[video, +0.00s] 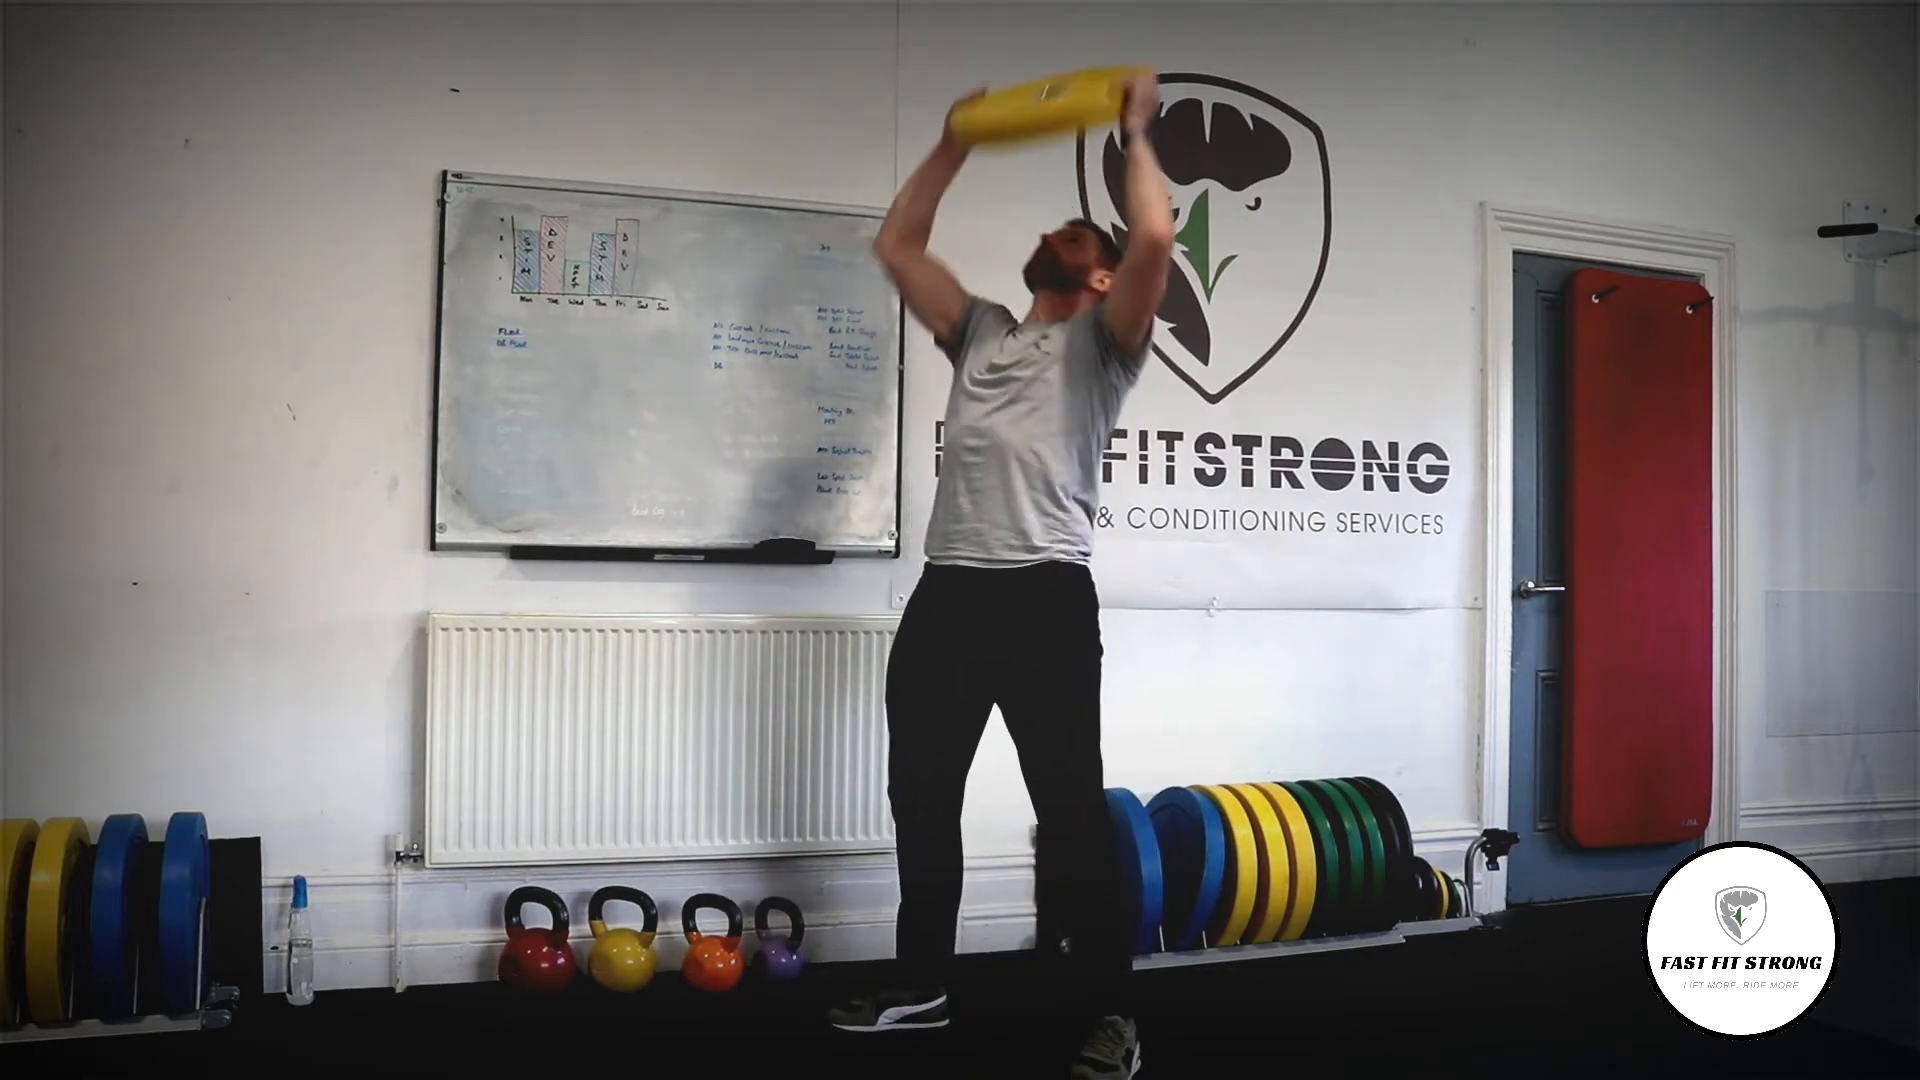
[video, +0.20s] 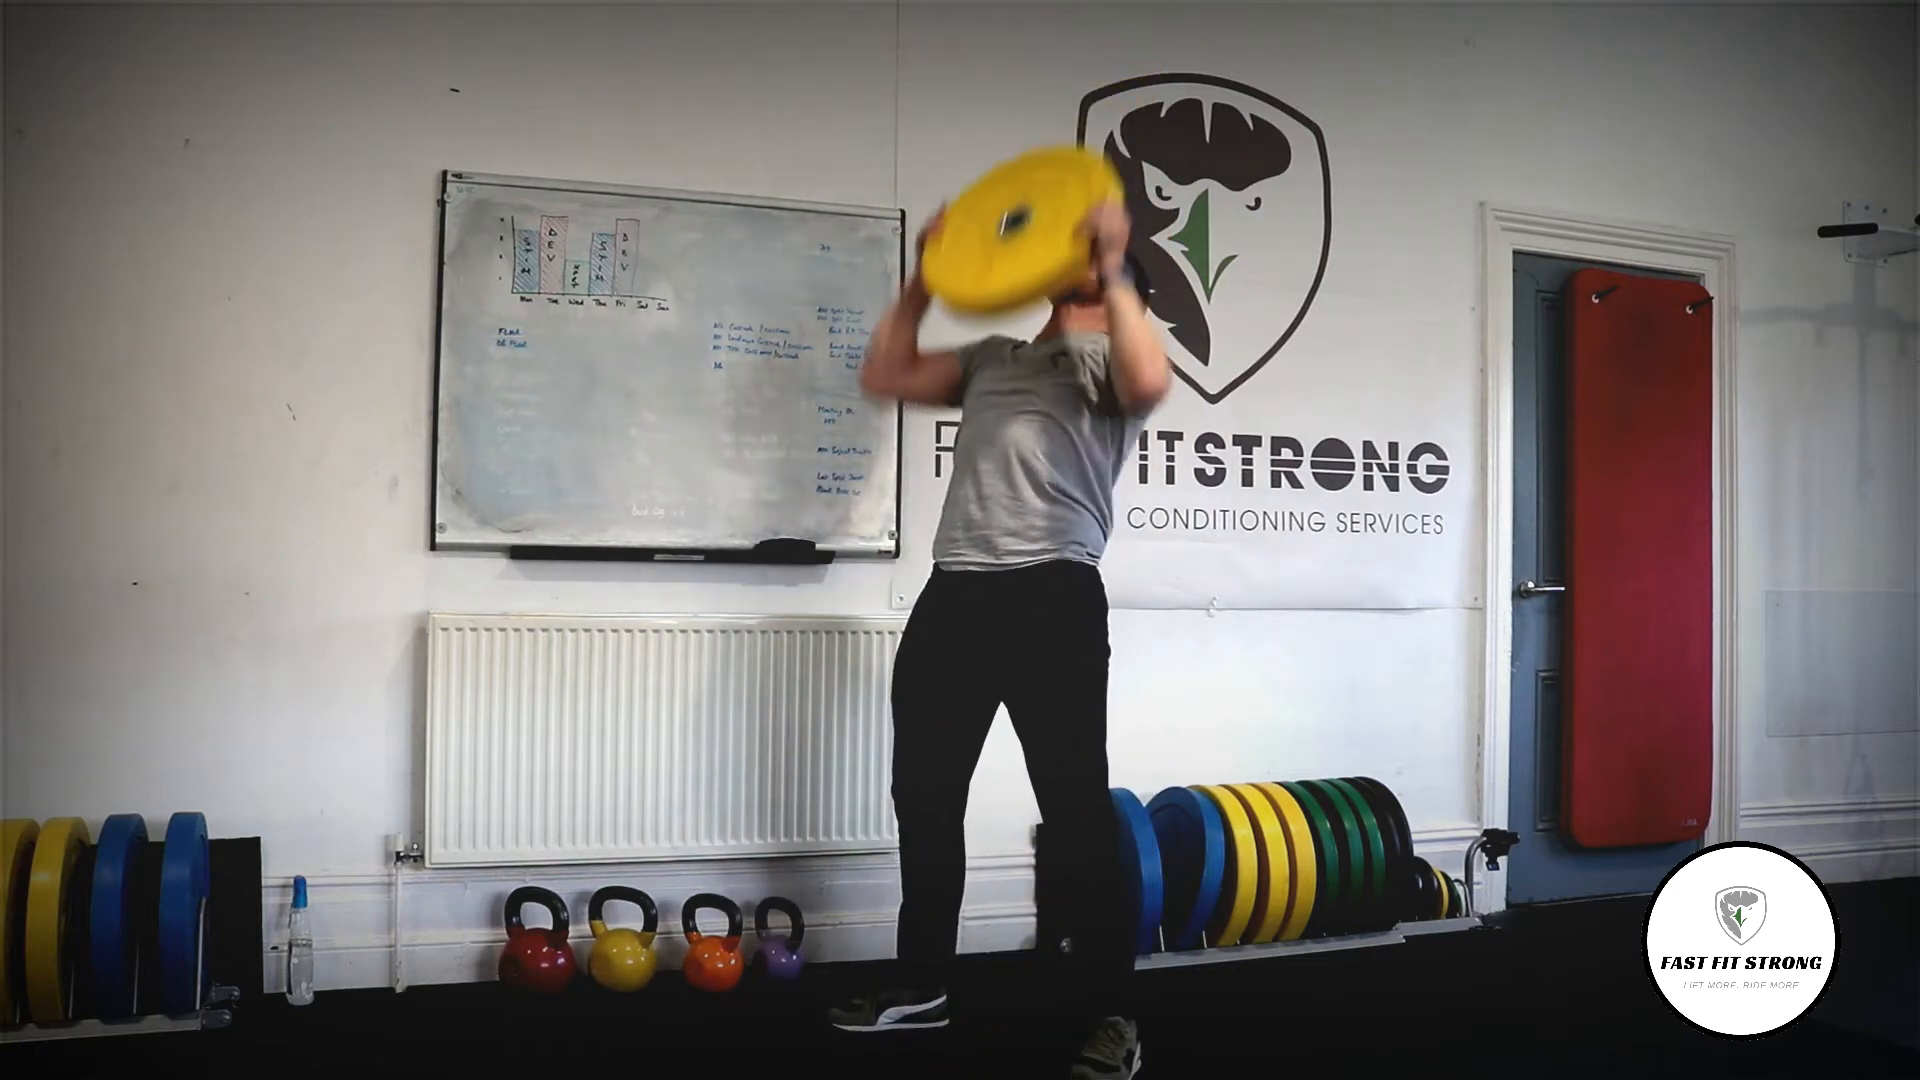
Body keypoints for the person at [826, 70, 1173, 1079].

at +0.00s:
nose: (1064, 240)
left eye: (1081, 238)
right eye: (1064, 238)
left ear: (1101, 272)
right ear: (1050, 269)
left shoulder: (1102, 343)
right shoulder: (977, 331)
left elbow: (1153, 240)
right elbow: (898, 245)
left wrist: (1137, 128)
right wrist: (955, 143)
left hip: (1047, 595)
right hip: (947, 594)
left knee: (1069, 804)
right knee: (921, 797)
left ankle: (1102, 1013)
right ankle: (922, 989)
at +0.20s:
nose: (1070, 261)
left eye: (1086, 251)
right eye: (1064, 247)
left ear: (1112, 274)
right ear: (1043, 267)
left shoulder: (1118, 354)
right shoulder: (992, 358)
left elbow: (1145, 386)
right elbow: (884, 376)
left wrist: (1113, 269)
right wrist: (919, 282)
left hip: (1053, 599)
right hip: (953, 600)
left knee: (1074, 806)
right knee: (925, 800)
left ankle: (1103, 1012)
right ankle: (923, 990)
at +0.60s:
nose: (1027, 259)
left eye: (1047, 247)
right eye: (1025, 247)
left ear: (1093, 268)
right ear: (1020, 261)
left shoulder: (1118, 349)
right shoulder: (993, 344)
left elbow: (1162, 480)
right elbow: (946, 466)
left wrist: (1083, 416)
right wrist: (897, 399)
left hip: (1058, 595)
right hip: (960, 597)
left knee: (1074, 803)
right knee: (921, 796)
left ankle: (1104, 1013)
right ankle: (923, 991)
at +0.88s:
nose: (988, 273)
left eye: (1004, 256)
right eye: (980, 259)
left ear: (1052, 257)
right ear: (977, 264)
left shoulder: (1095, 337)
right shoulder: (963, 351)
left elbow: (1136, 458)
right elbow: (929, 469)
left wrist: (1064, 533)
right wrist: (875, 529)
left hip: (1077, 593)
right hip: (979, 593)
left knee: (1094, 801)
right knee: (940, 791)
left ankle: (1112, 1013)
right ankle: (921, 988)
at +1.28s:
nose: (918, 338)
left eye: (929, 318)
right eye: (907, 323)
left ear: (975, 294)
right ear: (901, 315)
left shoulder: (1054, 373)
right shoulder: (909, 393)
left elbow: (1080, 511)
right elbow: (909, 526)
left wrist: (1080, 645)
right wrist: (892, 643)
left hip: (1092, 604)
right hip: (996, 611)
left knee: (1107, 804)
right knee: (935, 782)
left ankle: (1120, 1012)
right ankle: (918, 988)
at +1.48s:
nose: (892, 445)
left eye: (903, 426)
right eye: (881, 430)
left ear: (947, 396)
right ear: (873, 419)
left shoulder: (1036, 473)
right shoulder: (890, 497)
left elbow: (1056, 619)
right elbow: (895, 625)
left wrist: (1068, 761)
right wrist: (890, 755)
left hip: (1103, 649)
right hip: (998, 653)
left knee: (1120, 826)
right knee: (889, 783)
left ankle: (1117, 1019)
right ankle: (916, 985)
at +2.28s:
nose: (902, 362)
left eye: (919, 346)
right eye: (895, 347)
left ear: (968, 348)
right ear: (887, 356)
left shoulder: (1032, 435)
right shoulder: (890, 452)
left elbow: (1114, 550)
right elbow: (898, 565)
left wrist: (1067, 660)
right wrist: (876, 669)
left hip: (1083, 631)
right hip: (983, 642)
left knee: (1117, 814)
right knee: (882, 783)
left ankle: (1115, 1019)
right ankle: (914, 986)